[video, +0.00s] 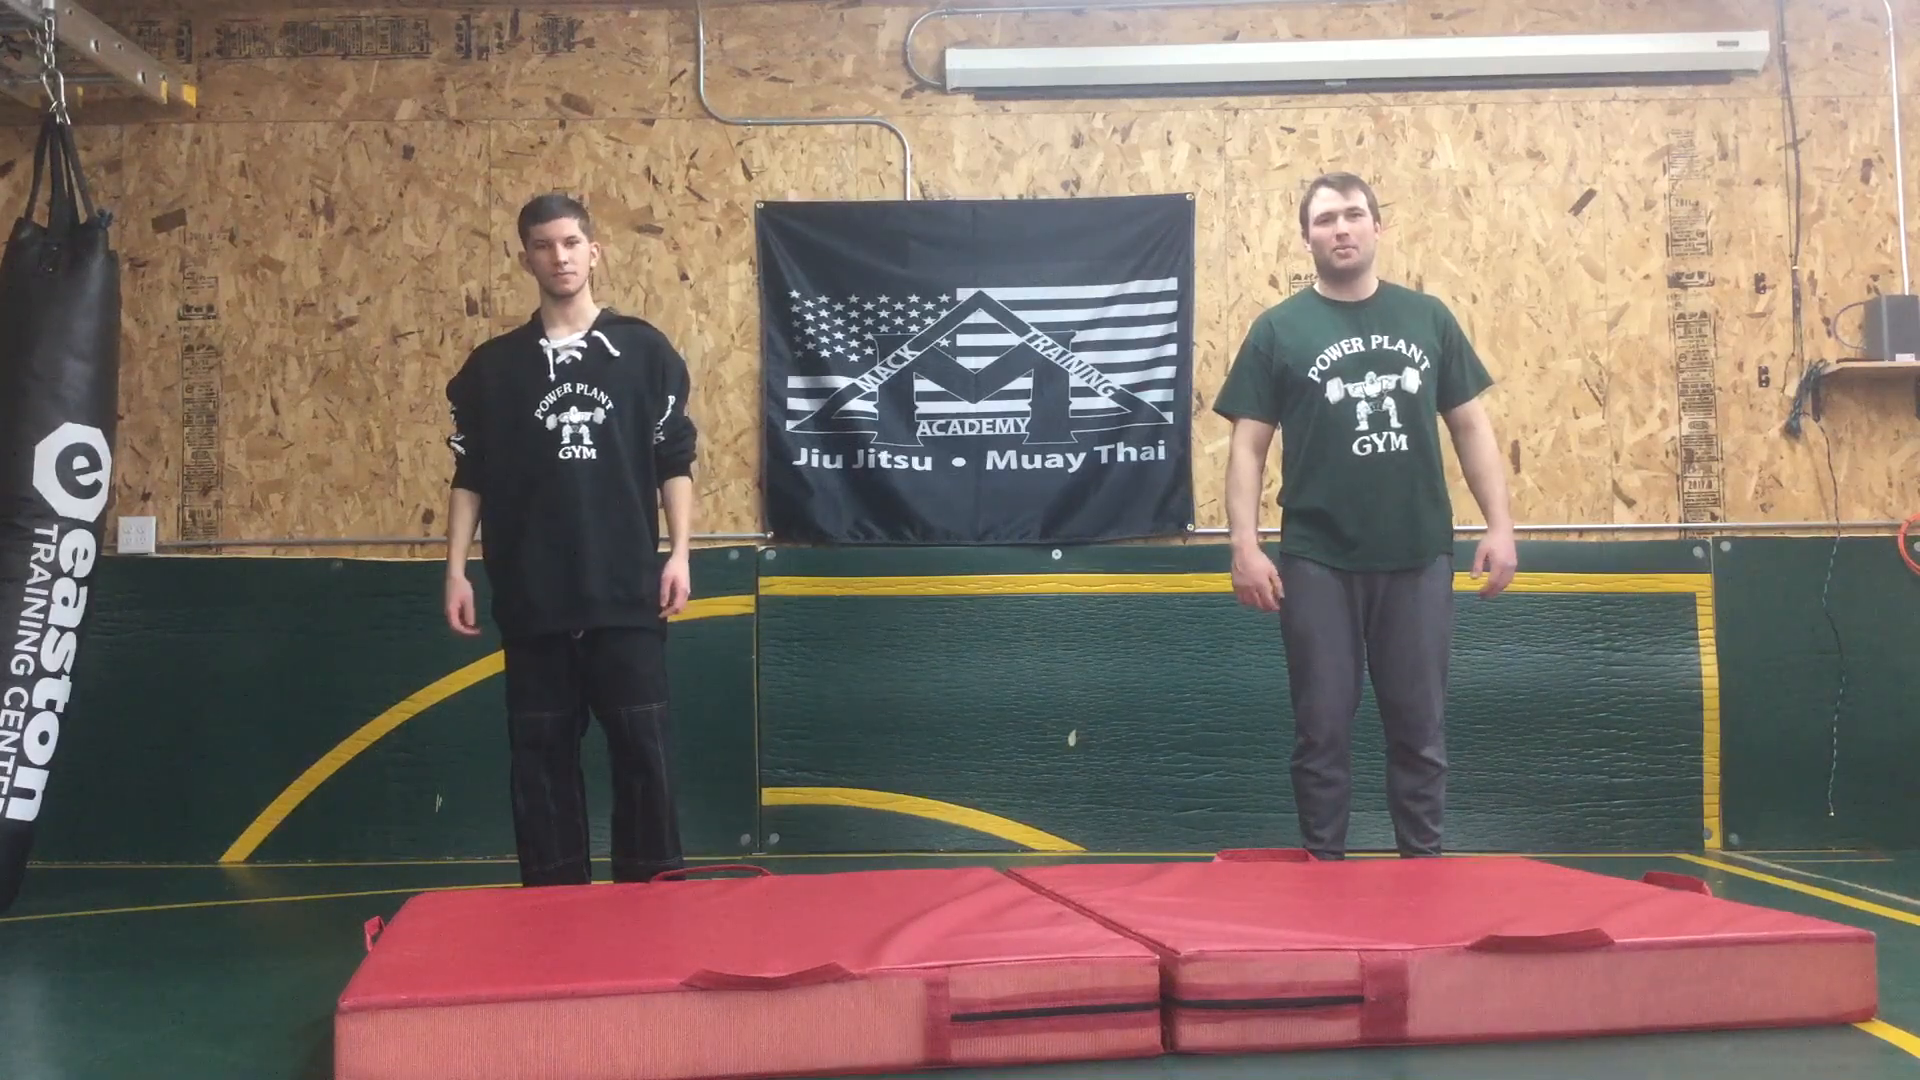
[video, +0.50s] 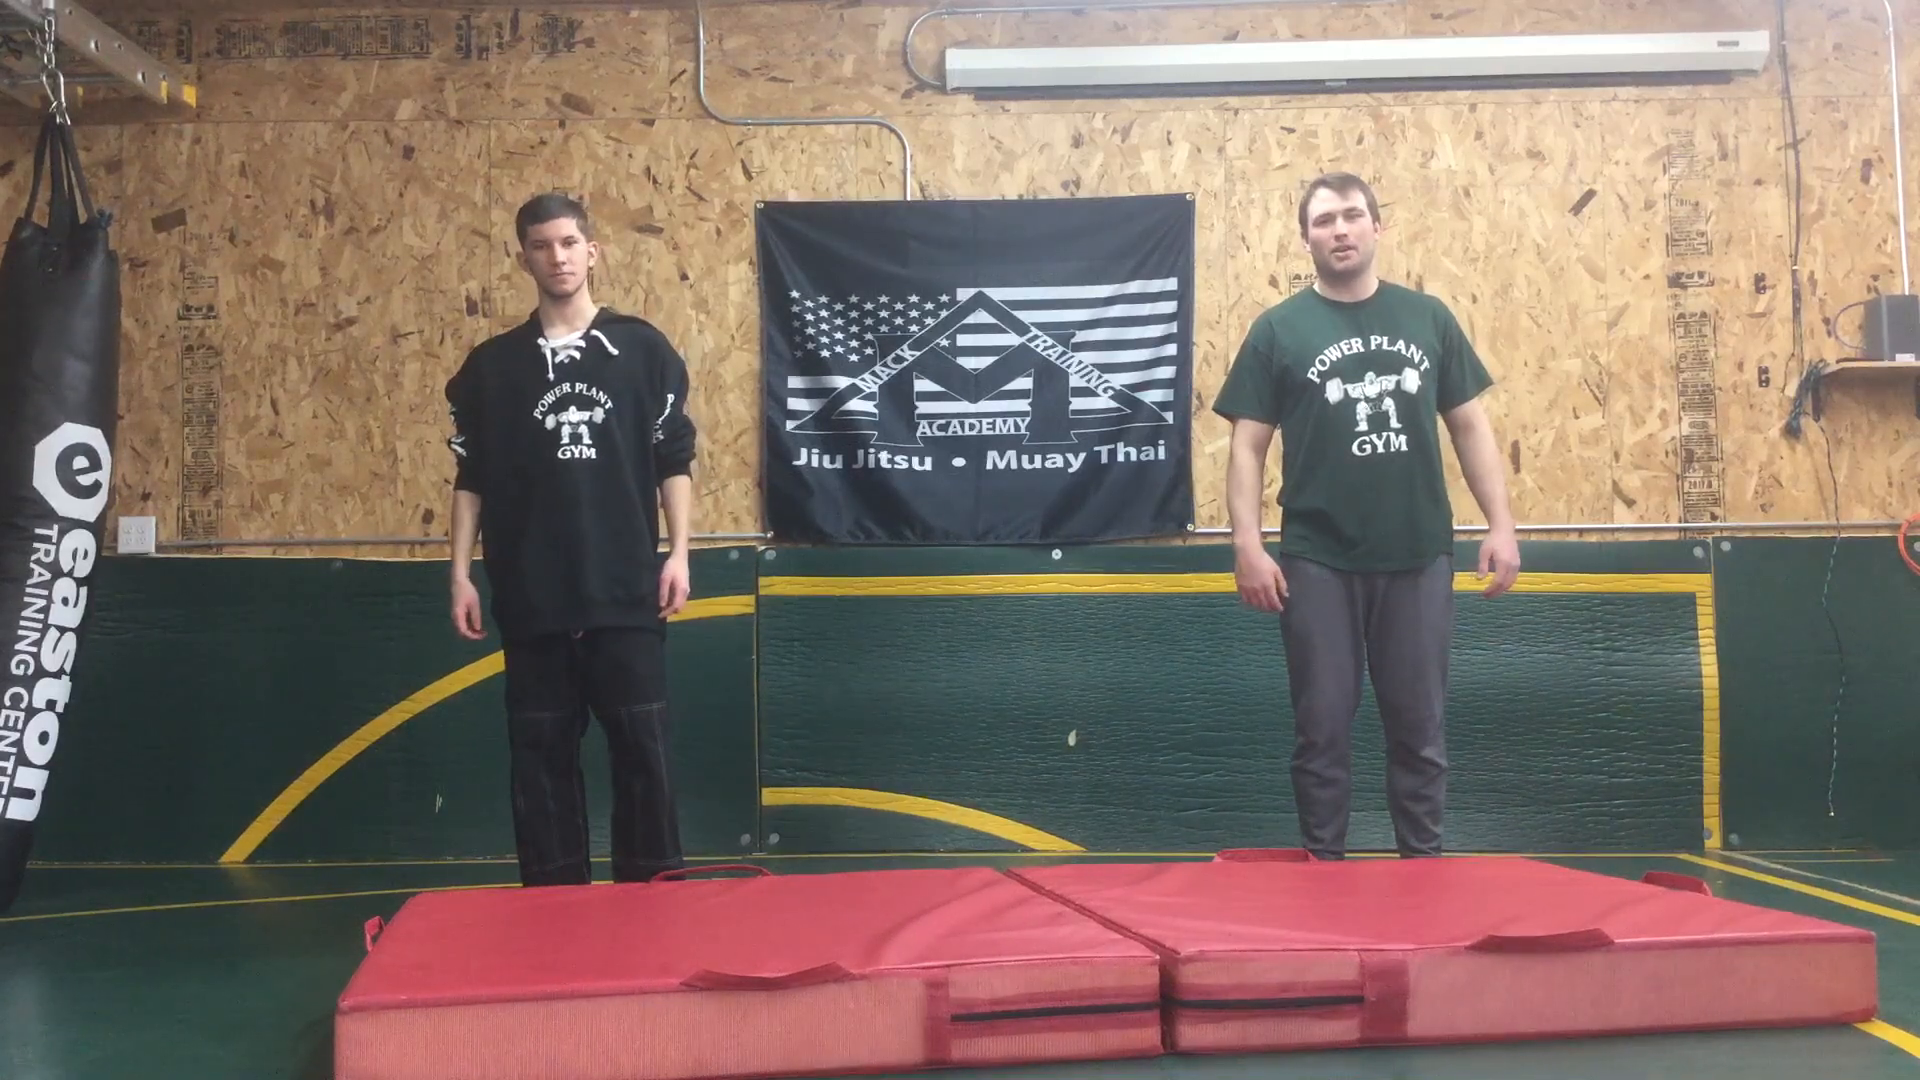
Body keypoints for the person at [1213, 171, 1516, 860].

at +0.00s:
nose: (1342, 228)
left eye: (1353, 215)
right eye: (1326, 220)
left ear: (1377, 228)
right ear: (1307, 239)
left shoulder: (1427, 317)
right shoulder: (1278, 330)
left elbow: (1469, 425)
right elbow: (1248, 445)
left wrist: (1500, 525)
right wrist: (1244, 546)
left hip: (1417, 554)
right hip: (1317, 557)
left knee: (1419, 726)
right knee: (1323, 725)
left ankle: (1423, 869)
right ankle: (1324, 872)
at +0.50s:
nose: (1340, 229)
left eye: (1351, 216)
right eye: (1324, 221)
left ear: (1377, 228)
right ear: (1306, 240)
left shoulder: (1426, 317)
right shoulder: (1278, 330)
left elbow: (1468, 424)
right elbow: (1248, 445)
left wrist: (1501, 525)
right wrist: (1248, 545)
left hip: (1417, 554)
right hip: (1317, 556)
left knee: (1419, 725)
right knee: (1322, 723)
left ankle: (1423, 869)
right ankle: (1323, 870)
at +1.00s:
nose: (1336, 230)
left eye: (1348, 217)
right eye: (1320, 222)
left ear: (1376, 229)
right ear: (1304, 241)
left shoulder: (1428, 318)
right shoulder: (1278, 331)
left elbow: (1468, 426)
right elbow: (1249, 446)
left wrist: (1497, 525)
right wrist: (1249, 547)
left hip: (1417, 555)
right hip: (1317, 557)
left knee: (1419, 726)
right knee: (1322, 725)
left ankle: (1423, 870)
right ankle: (1324, 871)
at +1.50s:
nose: (1328, 236)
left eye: (1341, 221)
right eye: (1313, 227)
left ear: (1372, 229)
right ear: (1300, 243)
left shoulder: (1426, 317)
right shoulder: (1277, 332)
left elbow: (1470, 424)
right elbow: (1247, 447)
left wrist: (1502, 522)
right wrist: (1248, 545)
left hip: (1417, 554)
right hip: (1317, 556)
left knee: (1419, 724)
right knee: (1322, 723)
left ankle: (1423, 868)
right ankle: (1323, 869)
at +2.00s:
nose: (1328, 243)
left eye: (1340, 226)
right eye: (1312, 233)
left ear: (1370, 230)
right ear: (1299, 246)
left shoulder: (1428, 317)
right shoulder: (1276, 334)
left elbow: (1474, 416)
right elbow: (1246, 443)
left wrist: (1501, 500)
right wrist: (1255, 523)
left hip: (1418, 559)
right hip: (1318, 561)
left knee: (1419, 728)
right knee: (1322, 727)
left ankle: (1423, 869)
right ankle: (1323, 871)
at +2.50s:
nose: (1333, 243)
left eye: (1344, 227)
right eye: (1317, 234)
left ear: (1373, 230)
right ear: (1302, 246)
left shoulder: (1428, 320)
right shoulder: (1277, 335)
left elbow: (1468, 425)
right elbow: (1248, 451)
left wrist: (1496, 527)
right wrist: (1246, 552)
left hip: (1417, 557)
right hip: (1317, 559)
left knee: (1419, 729)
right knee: (1322, 727)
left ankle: (1423, 871)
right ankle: (1322, 873)